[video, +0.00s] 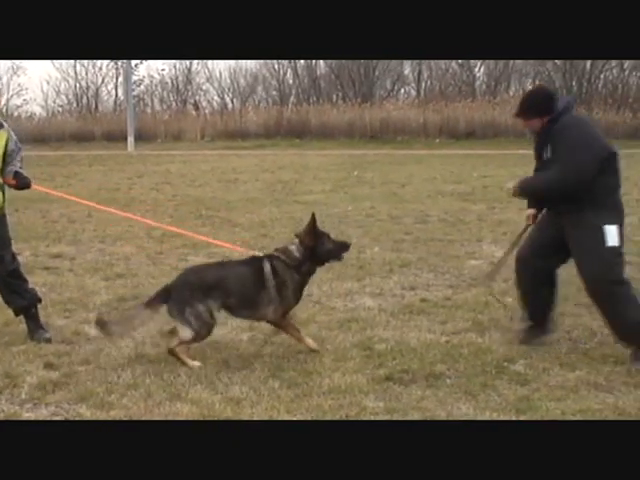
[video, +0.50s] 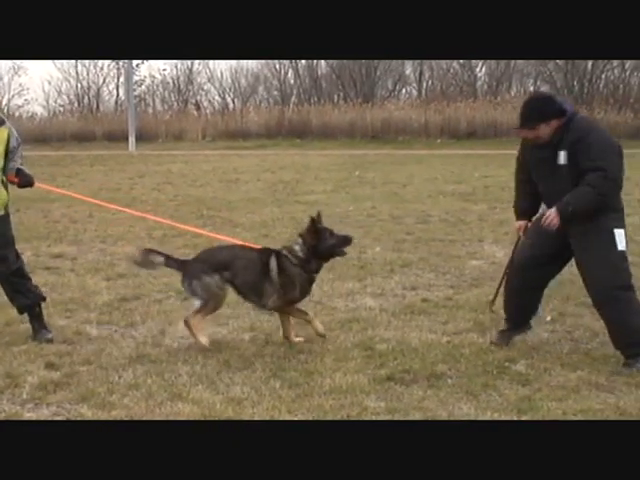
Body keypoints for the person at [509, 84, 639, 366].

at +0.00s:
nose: (526, 126)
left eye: (528, 121)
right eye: (525, 121)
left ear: (543, 117)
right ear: (541, 117)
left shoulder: (575, 132)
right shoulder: (549, 134)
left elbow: (570, 178)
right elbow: (546, 171)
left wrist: (527, 186)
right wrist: (536, 205)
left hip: (594, 217)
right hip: (561, 215)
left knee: (604, 281)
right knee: (530, 260)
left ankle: (636, 340)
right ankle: (538, 324)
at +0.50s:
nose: (528, 136)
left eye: (532, 129)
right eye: (526, 130)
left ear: (552, 123)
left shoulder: (593, 139)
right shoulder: (532, 143)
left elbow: (603, 185)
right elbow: (525, 179)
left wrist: (563, 210)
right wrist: (523, 215)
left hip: (596, 221)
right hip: (554, 220)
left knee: (609, 287)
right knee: (522, 268)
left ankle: (634, 352)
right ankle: (516, 324)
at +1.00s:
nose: (555, 134)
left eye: (561, 129)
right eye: (552, 128)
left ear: (578, 124)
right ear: (547, 121)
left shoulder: (605, 140)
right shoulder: (536, 135)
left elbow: (616, 182)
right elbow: (517, 170)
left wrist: (570, 203)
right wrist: (513, 210)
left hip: (595, 224)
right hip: (549, 222)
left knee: (611, 285)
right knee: (519, 275)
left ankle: (632, 352)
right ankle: (502, 338)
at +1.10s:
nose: (569, 128)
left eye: (576, 123)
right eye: (566, 122)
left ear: (593, 121)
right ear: (562, 115)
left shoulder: (616, 144)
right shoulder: (545, 133)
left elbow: (632, 188)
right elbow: (520, 164)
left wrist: (605, 217)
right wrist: (509, 204)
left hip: (594, 225)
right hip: (549, 220)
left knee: (611, 287)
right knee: (518, 270)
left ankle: (632, 353)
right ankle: (500, 335)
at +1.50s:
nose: (542, 123)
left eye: (549, 119)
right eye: (540, 117)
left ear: (567, 116)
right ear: (536, 113)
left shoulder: (592, 134)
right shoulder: (523, 135)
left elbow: (617, 171)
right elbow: (497, 172)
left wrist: (600, 204)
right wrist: (493, 217)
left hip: (580, 225)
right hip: (532, 224)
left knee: (604, 284)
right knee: (508, 280)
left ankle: (620, 345)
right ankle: (493, 341)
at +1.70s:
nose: (557, 142)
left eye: (563, 137)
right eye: (552, 136)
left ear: (574, 129)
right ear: (543, 128)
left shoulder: (593, 139)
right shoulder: (525, 142)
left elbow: (616, 175)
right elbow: (502, 178)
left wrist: (589, 202)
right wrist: (505, 222)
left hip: (587, 230)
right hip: (539, 229)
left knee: (615, 284)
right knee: (509, 283)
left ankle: (634, 345)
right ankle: (490, 341)